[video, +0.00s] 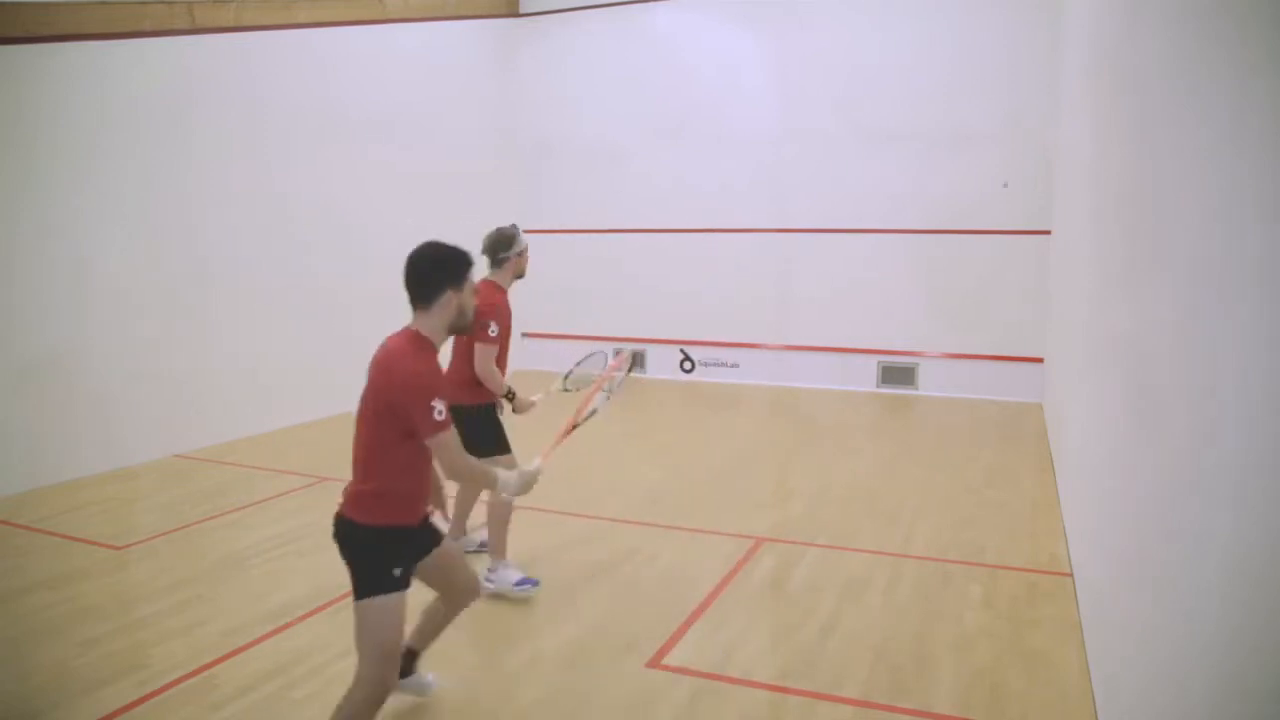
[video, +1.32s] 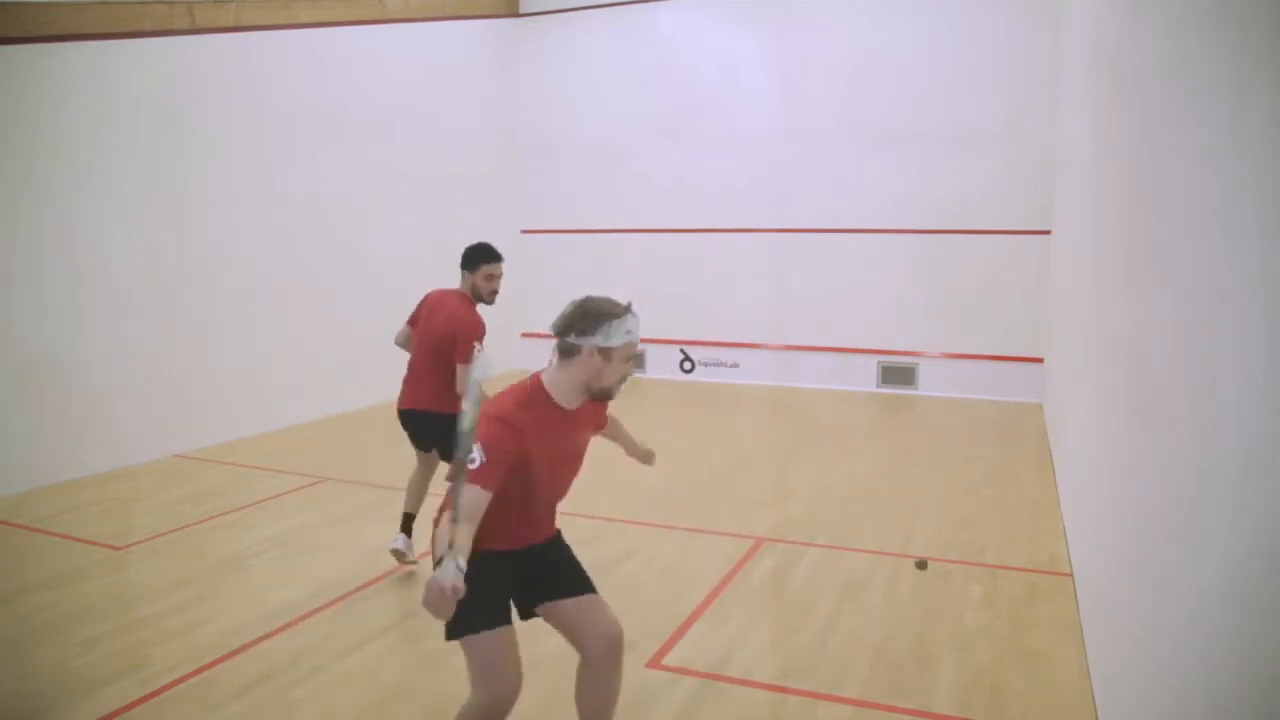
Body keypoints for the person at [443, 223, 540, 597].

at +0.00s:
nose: (528, 259)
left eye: (527, 253)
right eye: (525, 254)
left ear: (496, 259)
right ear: (513, 259)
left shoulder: (482, 291)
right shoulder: (495, 302)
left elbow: (472, 355)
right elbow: (483, 366)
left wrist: (501, 389)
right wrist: (512, 396)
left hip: (461, 397)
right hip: (474, 401)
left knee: (475, 469)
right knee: (506, 478)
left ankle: (455, 536)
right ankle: (498, 567)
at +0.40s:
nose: (577, 260)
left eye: (574, 253)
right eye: (571, 254)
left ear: (544, 262)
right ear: (555, 262)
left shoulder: (539, 306)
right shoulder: (528, 314)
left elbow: (516, 378)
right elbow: (514, 386)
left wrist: (489, 437)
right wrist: (560, 426)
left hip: (521, 420)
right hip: (501, 427)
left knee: (552, 489)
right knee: (543, 503)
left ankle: (522, 565)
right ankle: (523, 587)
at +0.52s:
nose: (594, 272)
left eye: (592, 264)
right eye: (588, 266)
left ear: (564, 272)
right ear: (565, 272)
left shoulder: (562, 316)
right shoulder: (527, 327)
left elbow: (548, 382)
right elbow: (507, 402)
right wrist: (545, 454)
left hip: (538, 430)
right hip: (502, 439)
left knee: (566, 512)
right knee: (552, 523)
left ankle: (543, 587)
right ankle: (525, 607)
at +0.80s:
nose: (610, 289)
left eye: (610, 280)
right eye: (605, 280)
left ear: (577, 282)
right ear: (577, 282)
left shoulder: (581, 335)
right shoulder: (520, 344)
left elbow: (566, 409)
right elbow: (500, 431)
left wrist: (571, 465)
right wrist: (532, 497)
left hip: (570, 471)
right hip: (516, 483)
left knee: (610, 567)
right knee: (548, 586)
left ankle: (591, 636)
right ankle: (556, 666)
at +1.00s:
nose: (625, 303)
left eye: (628, 292)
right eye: (623, 290)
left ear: (590, 287)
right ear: (592, 285)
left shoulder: (594, 346)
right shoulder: (523, 347)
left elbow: (576, 433)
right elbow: (502, 442)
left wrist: (595, 494)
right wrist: (526, 511)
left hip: (574, 502)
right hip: (512, 505)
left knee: (588, 622)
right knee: (538, 625)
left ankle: (590, 717)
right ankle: (530, 674)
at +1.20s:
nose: (629, 340)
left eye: (632, 330)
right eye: (627, 329)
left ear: (595, 321)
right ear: (595, 321)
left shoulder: (597, 371)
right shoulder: (514, 382)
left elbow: (609, 426)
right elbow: (478, 482)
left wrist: (653, 474)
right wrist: (476, 542)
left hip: (556, 525)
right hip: (493, 533)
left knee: (602, 639)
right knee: (501, 668)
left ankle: (600, 718)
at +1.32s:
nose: (630, 372)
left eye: (632, 361)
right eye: (626, 360)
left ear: (593, 355)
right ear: (591, 354)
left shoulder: (588, 406)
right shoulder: (506, 417)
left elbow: (608, 425)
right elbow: (463, 513)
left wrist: (634, 447)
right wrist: (451, 565)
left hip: (539, 545)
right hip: (479, 557)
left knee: (604, 641)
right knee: (497, 689)